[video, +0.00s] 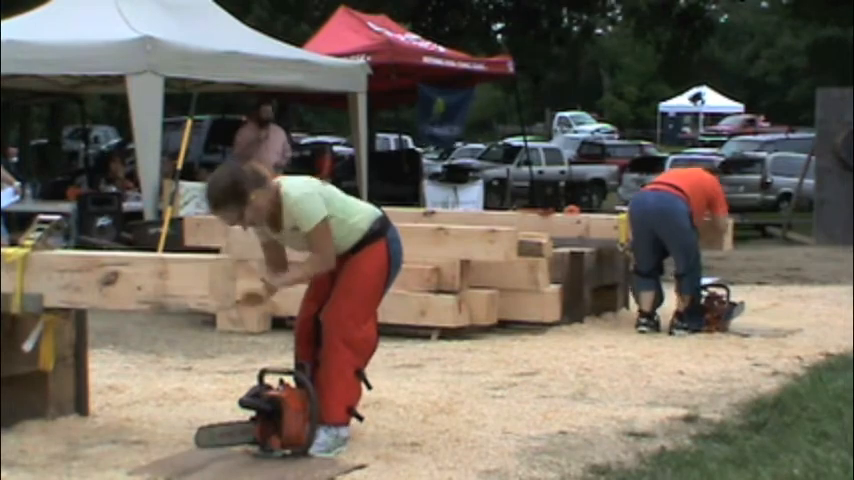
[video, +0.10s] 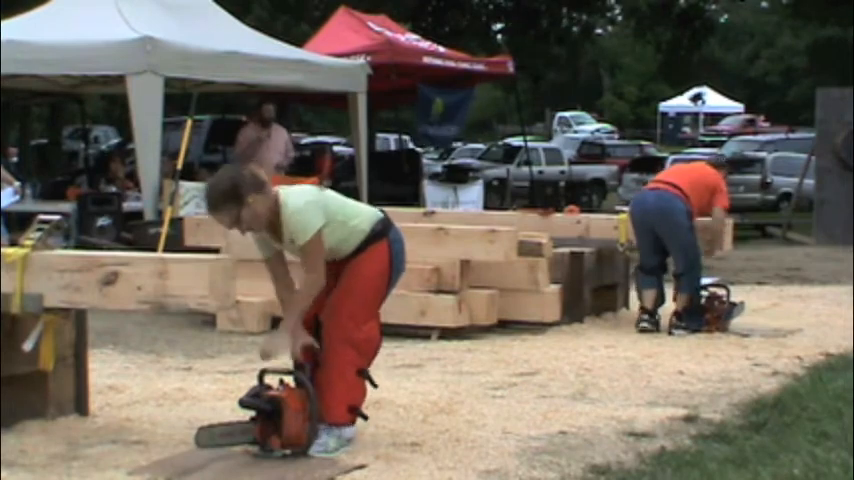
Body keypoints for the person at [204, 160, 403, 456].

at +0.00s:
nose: (244, 227)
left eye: (242, 219)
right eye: (238, 224)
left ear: (256, 198)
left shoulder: (302, 198)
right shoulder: (263, 214)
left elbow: (325, 262)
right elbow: (277, 267)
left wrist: (281, 281)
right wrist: (264, 293)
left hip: (374, 245)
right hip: (337, 254)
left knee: (338, 322)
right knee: (309, 322)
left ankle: (336, 426)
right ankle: (310, 414)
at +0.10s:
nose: (241, 232)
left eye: (239, 222)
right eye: (234, 227)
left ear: (254, 199)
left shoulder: (300, 211)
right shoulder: (262, 226)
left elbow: (316, 277)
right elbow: (283, 284)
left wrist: (285, 329)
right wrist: (298, 333)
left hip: (377, 246)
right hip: (338, 257)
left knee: (339, 321)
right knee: (307, 319)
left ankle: (340, 424)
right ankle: (313, 414)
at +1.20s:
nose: (239, 239)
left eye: (234, 232)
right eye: (231, 236)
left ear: (248, 211)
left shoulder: (279, 228)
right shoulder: (282, 176)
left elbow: (296, 297)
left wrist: (298, 362)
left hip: (372, 245)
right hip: (387, 224)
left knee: (326, 330)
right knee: (356, 324)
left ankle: (335, 427)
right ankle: (352, 403)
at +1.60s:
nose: (236, 263)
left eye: (236, 253)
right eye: (231, 256)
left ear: (252, 239)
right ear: (250, 241)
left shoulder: (284, 245)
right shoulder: (276, 270)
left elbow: (316, 303)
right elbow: (288, 328)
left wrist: (285, 357)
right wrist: (291, 385)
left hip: (393, 259)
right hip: (377, 265)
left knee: (333, 334)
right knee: (319, 335)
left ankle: (338, 431)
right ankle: (346, 414)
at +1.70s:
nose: (240, 257)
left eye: (239, 247)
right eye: (234, 252)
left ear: (256, 230)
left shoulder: (289, 237)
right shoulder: (280, 263)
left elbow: (324, 291)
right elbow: (288, 321)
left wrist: (289, 343)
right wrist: (291, 378)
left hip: (394, 259)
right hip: (373, 266)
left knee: (341, 330)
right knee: (319, 332)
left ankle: (339, 429)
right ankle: (345, 413)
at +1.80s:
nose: (243, 227)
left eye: (244, 217)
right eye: (237, 222)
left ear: (263, 199)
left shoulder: (296, 212)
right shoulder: (281, 238)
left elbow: (334, 265)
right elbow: (297, 297)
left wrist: (298, 309)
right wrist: (301, 357)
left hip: (392, 247)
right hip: (365, 259)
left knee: (355, 328)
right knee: (332, 325)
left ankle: (347, 427)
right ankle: (340, 414)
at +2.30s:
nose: (277, 109)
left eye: (282, 98)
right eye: (270, 102)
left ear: (306, 88)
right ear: (267, 99)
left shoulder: (329, 112)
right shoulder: (280, 131)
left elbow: (343, 158)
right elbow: (282, 185)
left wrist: (292, 160)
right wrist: (266, 223)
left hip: (351, 231)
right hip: (313, 235)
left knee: (335, 314)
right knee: (301, 318)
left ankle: (349, 419)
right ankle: (294, 415)